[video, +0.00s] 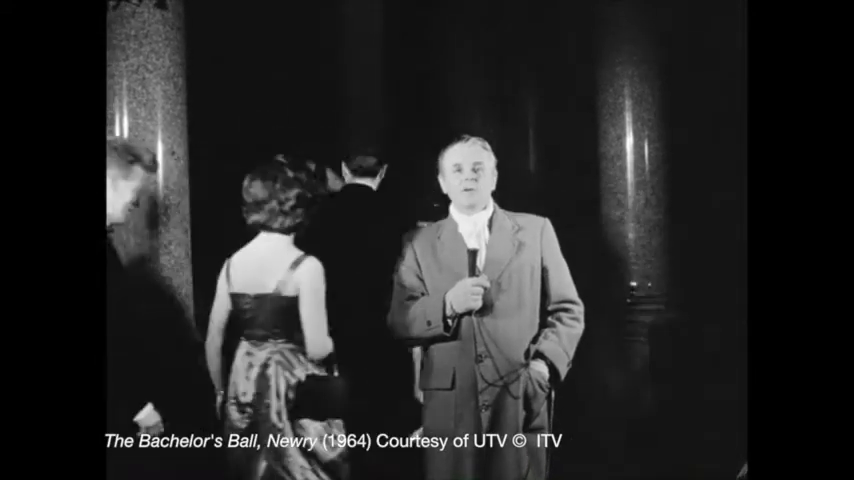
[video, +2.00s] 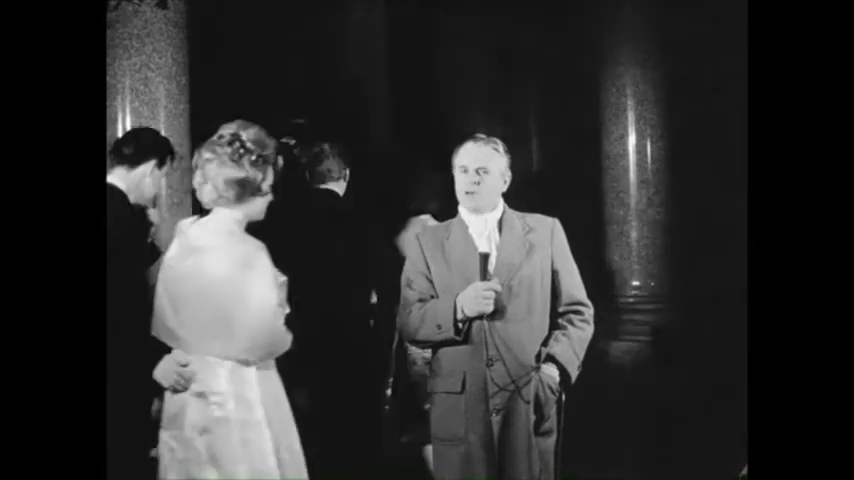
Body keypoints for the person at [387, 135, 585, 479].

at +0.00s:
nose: (468, 176)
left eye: (478, 167)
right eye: (457, 168)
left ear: (495, 178)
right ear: (442, 183)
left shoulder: (535, 231)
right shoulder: (420, 243)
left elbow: (566, 309)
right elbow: (399, 320)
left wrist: (544, 363)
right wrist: (446, 305)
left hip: (519, 398)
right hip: (449, 400)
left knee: (522, 474)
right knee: (449, 473)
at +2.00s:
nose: (472, 179)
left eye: (483, 171)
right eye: (464, 170)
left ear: (505, 180)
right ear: (453, 178)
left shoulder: (545, 232)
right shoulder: (428, 241)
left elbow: (577, 311)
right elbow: (409, 320)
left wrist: (554, 367)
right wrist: (457, 308)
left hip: (527, 399)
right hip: (457, 400)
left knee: (529, 475)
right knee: (459, 474)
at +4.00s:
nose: (464, 178)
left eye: (476, 169)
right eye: (455, 170)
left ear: (495, 181)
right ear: (443, 181)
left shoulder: (535, 232)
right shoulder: (417, 244)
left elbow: (567, 310)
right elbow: (400, 321)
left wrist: (547, 365)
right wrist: (449, 306)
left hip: (521, 396)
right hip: (450, 399)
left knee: (524, 475)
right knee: (454, 474)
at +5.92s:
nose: (478, 184)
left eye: (488, 175)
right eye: (468, 174)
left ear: (506, 182)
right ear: (452, 180)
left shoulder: (542, 233)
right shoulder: (424, 244)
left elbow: (574, 312)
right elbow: (408, 322)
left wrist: (554, 366)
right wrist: (455, 306)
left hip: (526, 399)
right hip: (456, 401)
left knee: (528, 475)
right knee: (457, 475)